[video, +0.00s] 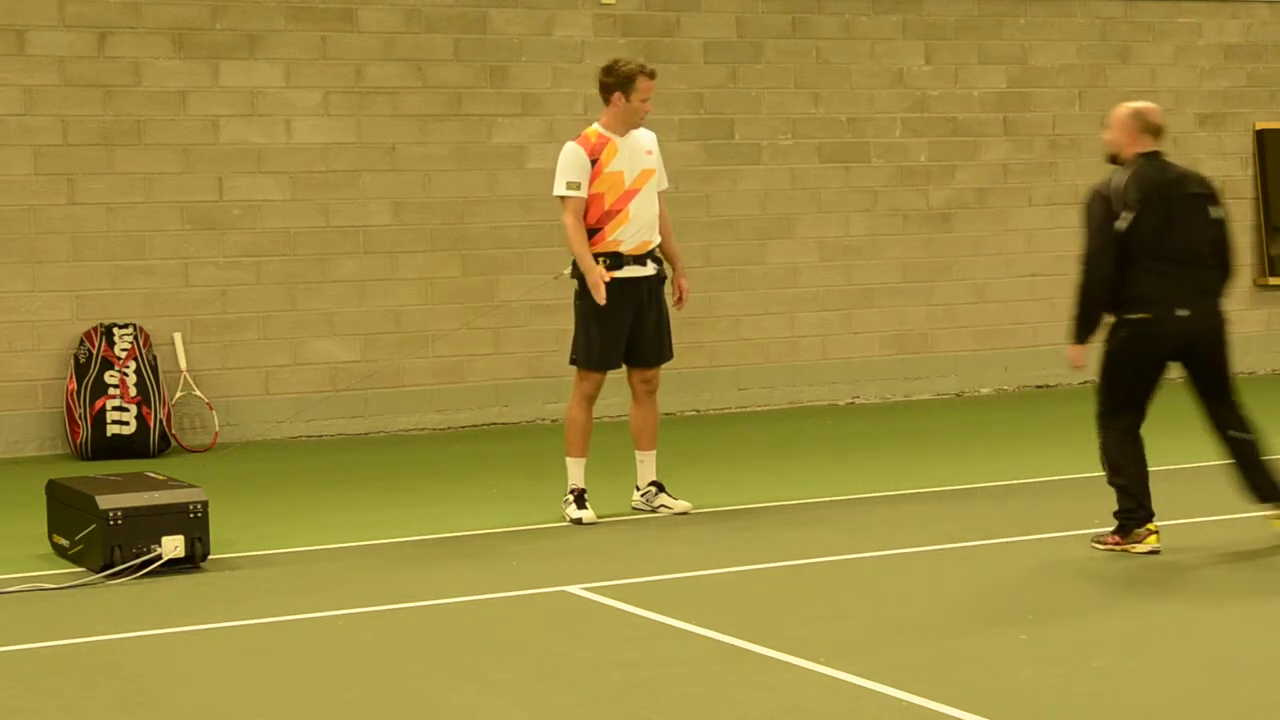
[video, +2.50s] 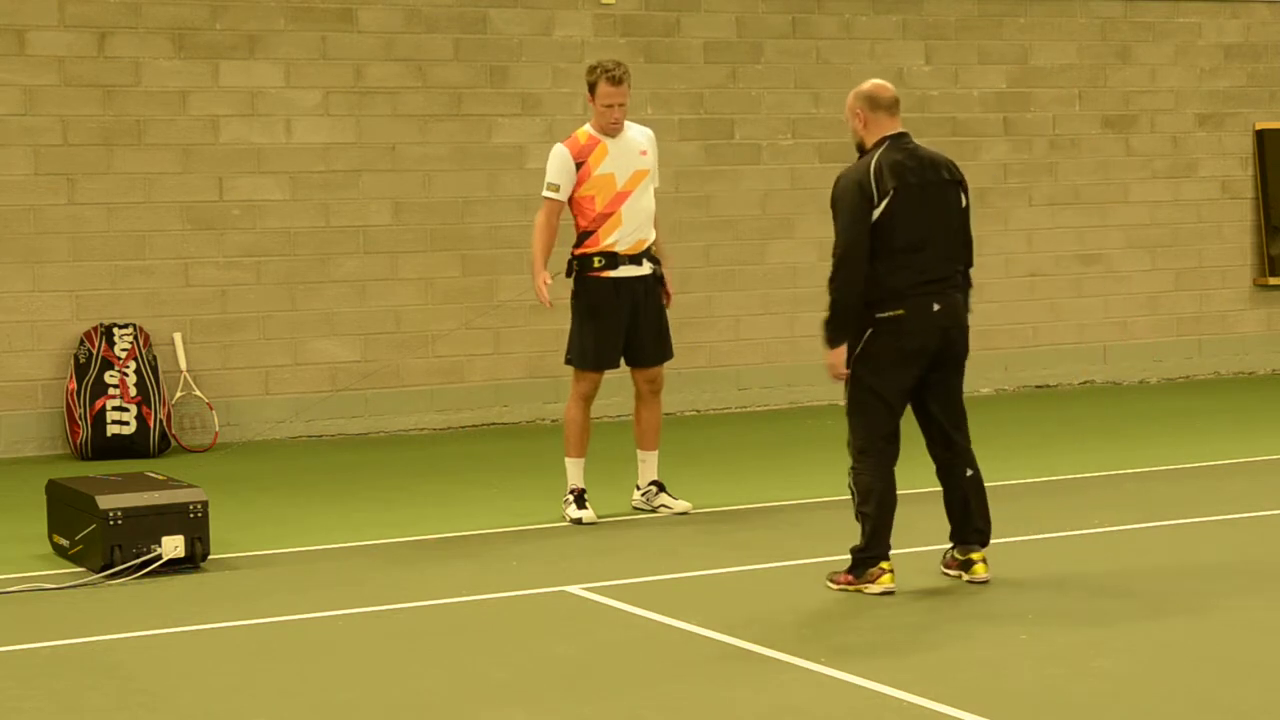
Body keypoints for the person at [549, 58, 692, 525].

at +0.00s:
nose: (649, 108)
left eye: (651, 100)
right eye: (643, 101)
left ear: (628, 100)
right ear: (616, 99)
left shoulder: (647, 141)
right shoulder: (580, 150)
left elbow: (657, 209)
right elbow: (571, 216)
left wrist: (676, 266)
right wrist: (589, 269)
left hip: (648, 279)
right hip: (602, 281)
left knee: (646, 384)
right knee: (587, 388)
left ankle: (647, 487)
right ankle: (576, 492)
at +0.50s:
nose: (650, 105)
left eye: (651, 98)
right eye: (644, 98)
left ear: (630, 98)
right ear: (617, 98)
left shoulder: (650, 143)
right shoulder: (579, 149)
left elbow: (694, 186)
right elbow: (568, 214)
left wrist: (756, 214)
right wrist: (582, 268)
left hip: (646, 280)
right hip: (600, 281)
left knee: (646, 383)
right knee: (586, 388)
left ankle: (647, 487)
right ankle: (576, 493)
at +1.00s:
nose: (644, 108)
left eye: (646, 100)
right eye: (637, 100)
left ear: (642, 99)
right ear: (609, 99)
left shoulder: (654, 142)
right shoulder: (576, 149)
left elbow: (711, 173)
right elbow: (564, 215)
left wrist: (776, 191)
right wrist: (569, 266)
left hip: (647, 281)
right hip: (598, 282)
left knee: (647, 383)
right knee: (586, 387)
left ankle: (647, 488)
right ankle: (576, 493)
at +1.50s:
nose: (620, 117)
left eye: (627, 108)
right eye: (612, 108)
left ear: (635, 102)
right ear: (596, 100)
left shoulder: (654, 143)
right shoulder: (575, 150)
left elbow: (711, 176)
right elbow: (563, 214)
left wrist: (774, 195)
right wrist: (568, 262)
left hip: (646, 280)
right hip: (599, 281)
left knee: (647, 383)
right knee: (586, 387)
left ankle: (647, 488)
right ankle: (575, 493)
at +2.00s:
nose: (623, 115)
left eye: (629, 107)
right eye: (615, 106)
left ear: (637, 102)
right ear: (597, 100)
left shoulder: (654, 143)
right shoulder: (577, 149)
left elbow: (707, 178)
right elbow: (563, 214)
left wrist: (769, 198)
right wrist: (567, 263)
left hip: (646, 280)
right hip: (598, 281)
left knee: (647, 383)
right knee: (586, 386)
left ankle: (647, 488)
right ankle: (575, 493)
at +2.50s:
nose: (615, 113)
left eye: (621, 105)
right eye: (607, 105)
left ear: (629, 101)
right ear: (589, 101)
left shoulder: (644, 140)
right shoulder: (569, 151)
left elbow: (647, 210)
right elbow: (549, 214)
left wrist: (661, 268)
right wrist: (540, 268)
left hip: (644, 280)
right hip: (597, 283)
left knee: (650, 382)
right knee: (584, 387)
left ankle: (648, 487)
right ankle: (575, 493)